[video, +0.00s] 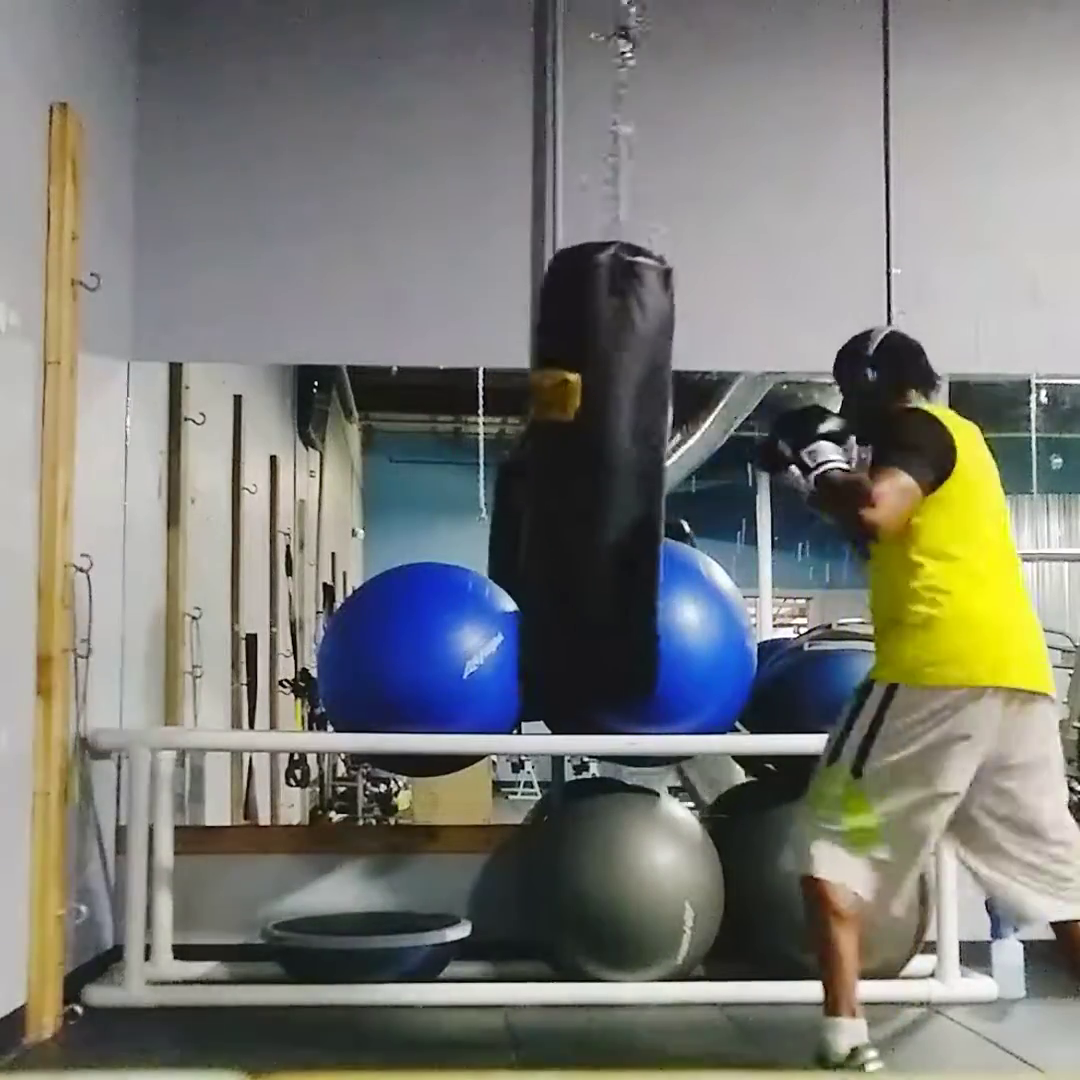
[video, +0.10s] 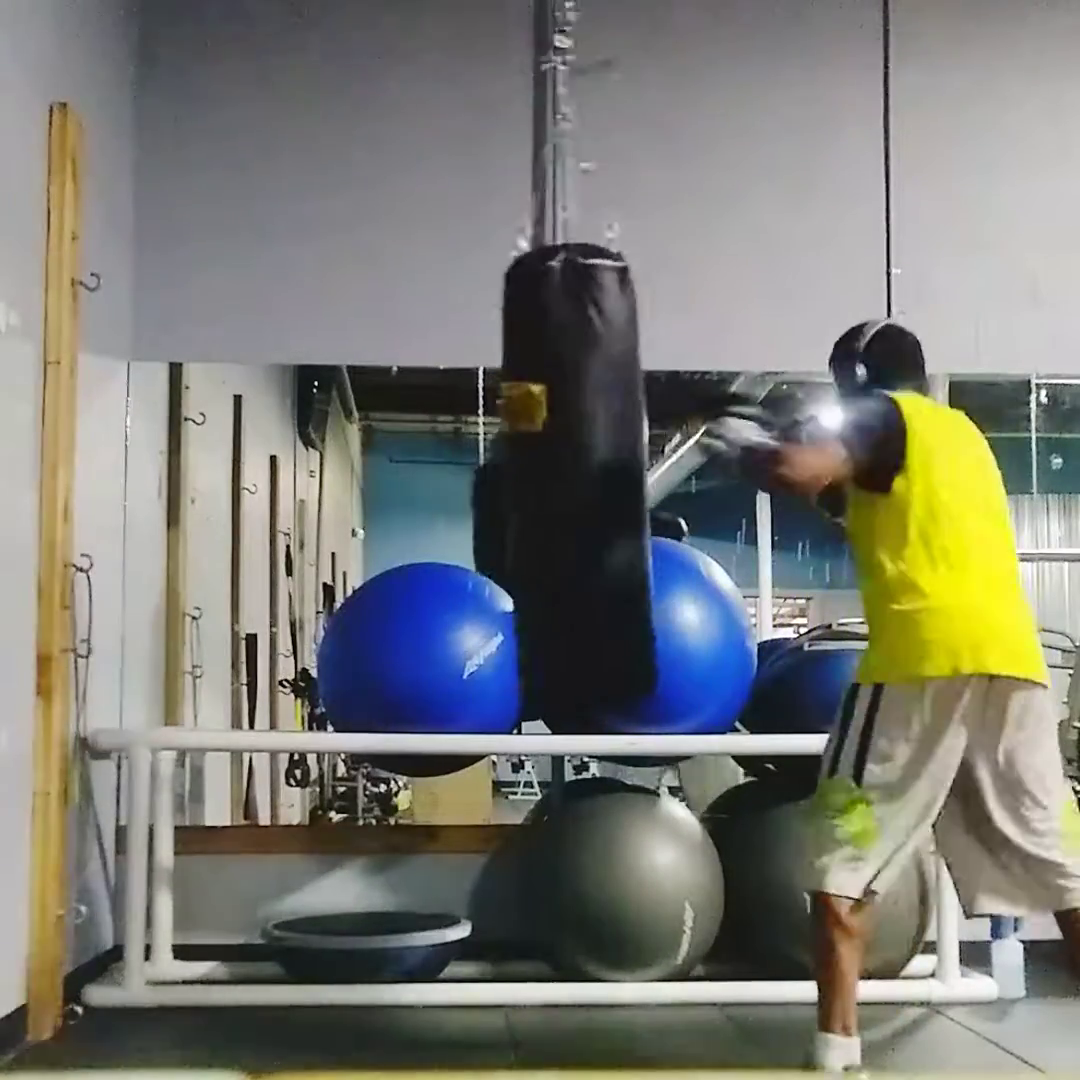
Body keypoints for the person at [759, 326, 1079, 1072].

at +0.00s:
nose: (852, 413)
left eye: (853, 400)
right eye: (850, 403)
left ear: (874, 392)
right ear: (926, 383)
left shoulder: (916, 425)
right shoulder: (963, 435)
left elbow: (877, 512)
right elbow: (881, 516)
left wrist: (821, 468)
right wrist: (829, 476)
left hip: (937, 669)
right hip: (1021, 673)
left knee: (833, 840)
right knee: (1060, 875)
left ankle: (845, 1029)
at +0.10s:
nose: (838, 394)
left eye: (841, 384)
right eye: (838, 387)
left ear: (858, 378)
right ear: (924, 376)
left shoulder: (876, 412)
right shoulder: (967, 434)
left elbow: (802, 471)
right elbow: (898, 526)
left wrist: (748, 450)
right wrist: (829, 487)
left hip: (920, 653)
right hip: (1015, 655)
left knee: (845, 845)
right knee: (1054, 849)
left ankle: (837, 1042)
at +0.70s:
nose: (727, 364)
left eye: (726, 352)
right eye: (730, 356)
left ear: (734, 349)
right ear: (807, 350)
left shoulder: (720, 396)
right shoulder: (871, 410)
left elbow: (598, 464)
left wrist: (552, 438)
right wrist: (629, 421)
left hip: (773, 646)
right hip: (886, 648)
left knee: (725, 846)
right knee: (914, 850)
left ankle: (699, 1053)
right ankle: (943, 1046)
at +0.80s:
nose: (711, 368)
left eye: (711, 357)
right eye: (714, 361)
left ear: (718, 353)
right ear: (793, 353)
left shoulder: (720, 401)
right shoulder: (852, 419)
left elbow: (619, 507)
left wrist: (601, 459)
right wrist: (669, 453)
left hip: (751, 655)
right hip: (857, 658)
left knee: (656, 840)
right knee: (879, 862)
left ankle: (645, 1029)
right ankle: (916, 1060)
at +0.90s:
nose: (684, 366)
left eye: (686, 356)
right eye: (688, 358)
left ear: (695, 352)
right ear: (769, 350)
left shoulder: (688, 396)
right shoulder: (831, 419)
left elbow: (586, 478)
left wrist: (573, 445)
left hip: (706, 653)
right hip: (823, 656)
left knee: (622, 833)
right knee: (867, 861)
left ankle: (570, 1033)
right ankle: (914, 1059)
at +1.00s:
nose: (642, 348)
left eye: (645, 337)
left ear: (650, 334)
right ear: (730, 335)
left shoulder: (629, 377)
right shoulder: (790, 399)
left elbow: (508, 404)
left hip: (665, 628)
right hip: (782, 632)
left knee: (598, 848)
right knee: (836, 854)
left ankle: (551, 1053)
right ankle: (898, 1053)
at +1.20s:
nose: (581, 339)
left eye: (580, 328)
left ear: (584, 324)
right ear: (665, 321)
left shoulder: (561, 377)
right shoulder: (726, 387)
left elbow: (439, 463)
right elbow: (751, 518)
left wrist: (461, 411)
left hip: (598, 633)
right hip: (712, 635)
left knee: (565, 855)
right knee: (747, 855)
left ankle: (541, 1059)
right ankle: (762, 1057)